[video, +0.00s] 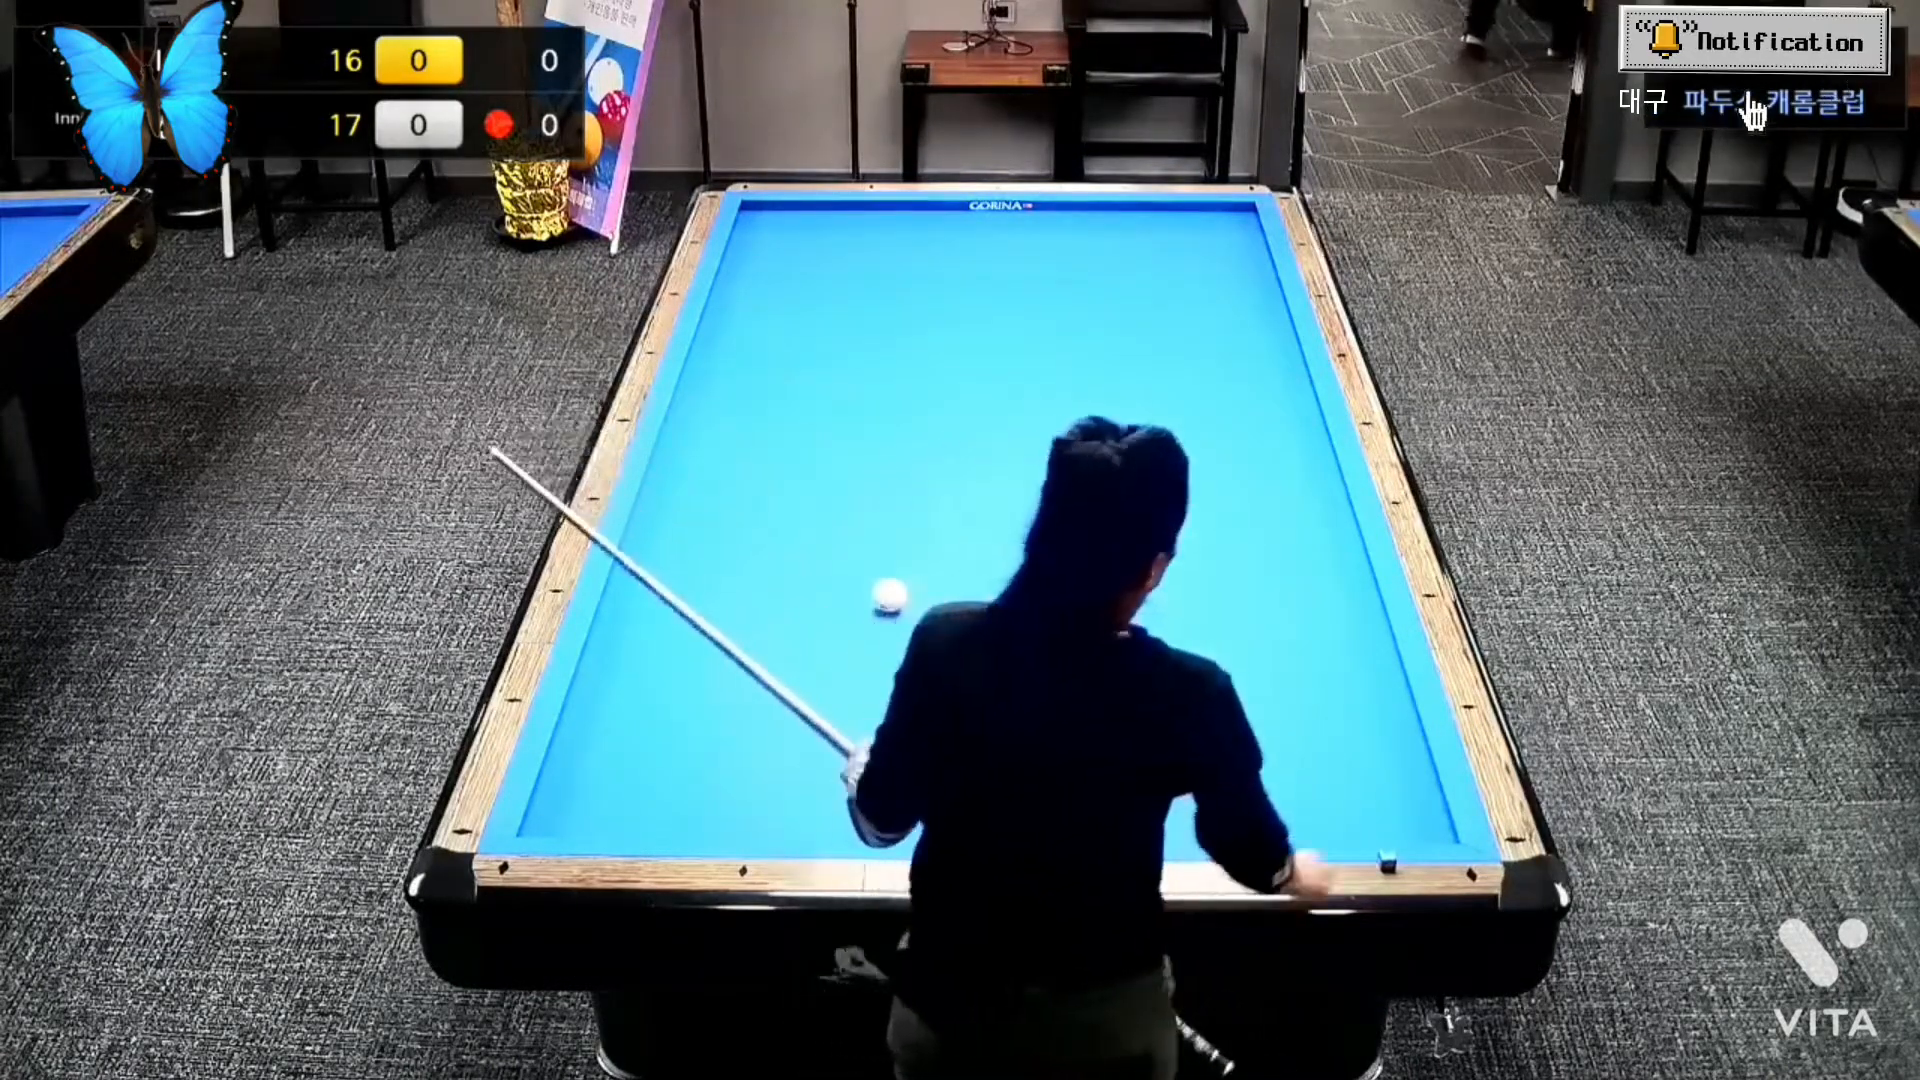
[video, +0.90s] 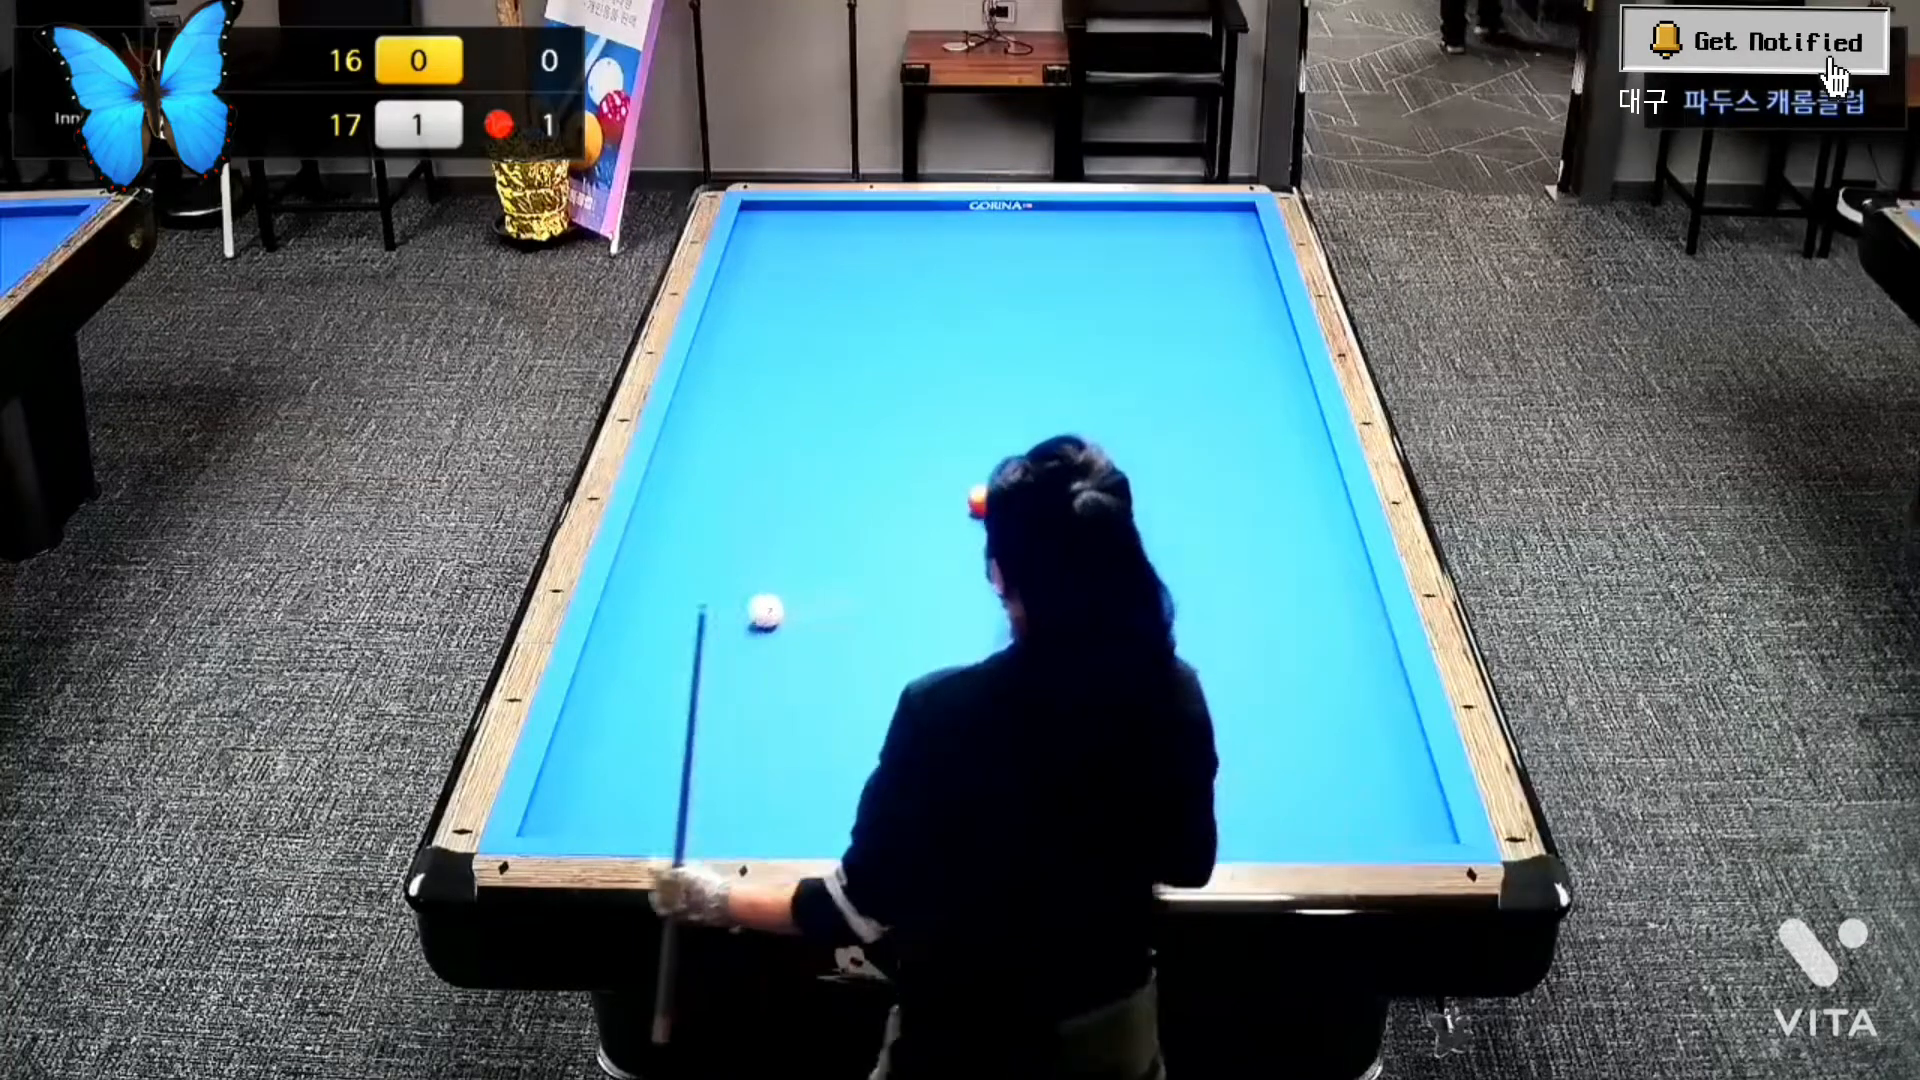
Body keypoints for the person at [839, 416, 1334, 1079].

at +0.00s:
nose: (1165, 568)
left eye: (1166, 549)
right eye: (1168, 550)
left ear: (1048, 529)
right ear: (1152, 564)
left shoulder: (948, 643)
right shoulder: (1187, 692)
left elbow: (881, 819)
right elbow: (1246, 842)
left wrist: (862, 773)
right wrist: (1288, 877)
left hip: (948, 1004)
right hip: (1111, 1010)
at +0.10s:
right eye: (1210, 517)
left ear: (1087, 515)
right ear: (1205, 532)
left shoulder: (997, 640)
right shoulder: (1230, 683)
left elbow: (932, 822)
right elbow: (1290, 822)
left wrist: (881, 800)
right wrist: (1347, 854)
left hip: (978, 997)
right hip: (1141, 1001)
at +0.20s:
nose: (1100, 509)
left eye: (1104, 497)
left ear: (1115, 514)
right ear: (1228, 515)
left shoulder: (1028, 637)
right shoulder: (1257, 669)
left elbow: (966, 820)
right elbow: (1308, 795)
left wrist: (893, 810)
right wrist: (1365, 844)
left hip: (1005, 994)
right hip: (1163, 995)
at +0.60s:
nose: (1089, 531)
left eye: (1090, 510)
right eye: (1094, 508)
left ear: (1104, 531)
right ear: (1218, 520)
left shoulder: (1037, 652)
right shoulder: (1255, 654)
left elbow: (981, 850)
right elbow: (1277, 825)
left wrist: (851, 859)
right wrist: (1311, 840)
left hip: (1026, 994)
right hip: (1175, 989)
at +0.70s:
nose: (1072, 541)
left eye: (1074, 522)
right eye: (1078, 520)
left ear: (1086, 539)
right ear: (1200, 525)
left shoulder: (1023, 662)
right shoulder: (1242, 656)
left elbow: (959, 862)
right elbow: (1263, 834)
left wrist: (827, 867)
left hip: (1016, 1003)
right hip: (1169, 994)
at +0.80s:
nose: (1036, 545)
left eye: (1038, 525)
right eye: (1042, 523)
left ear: (1050, 550)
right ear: (1161, 532)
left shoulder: (991, 683)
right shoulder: (1214, 669)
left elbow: (923, 880)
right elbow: (1231, 845)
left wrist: (779, 878)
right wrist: (1138, 797)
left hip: (997, 1022)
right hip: (1150, 1009)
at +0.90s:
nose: (990, 574)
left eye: (993, 555)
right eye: (992, 553)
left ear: (1008, 572)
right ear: (1114, 557)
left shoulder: (944, 712)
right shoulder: (1173, 694)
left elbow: (865, 902)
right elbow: (1188, 862)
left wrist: (723, 900)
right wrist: (1075, 829)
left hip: (958, 1043)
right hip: (1114, 1028)